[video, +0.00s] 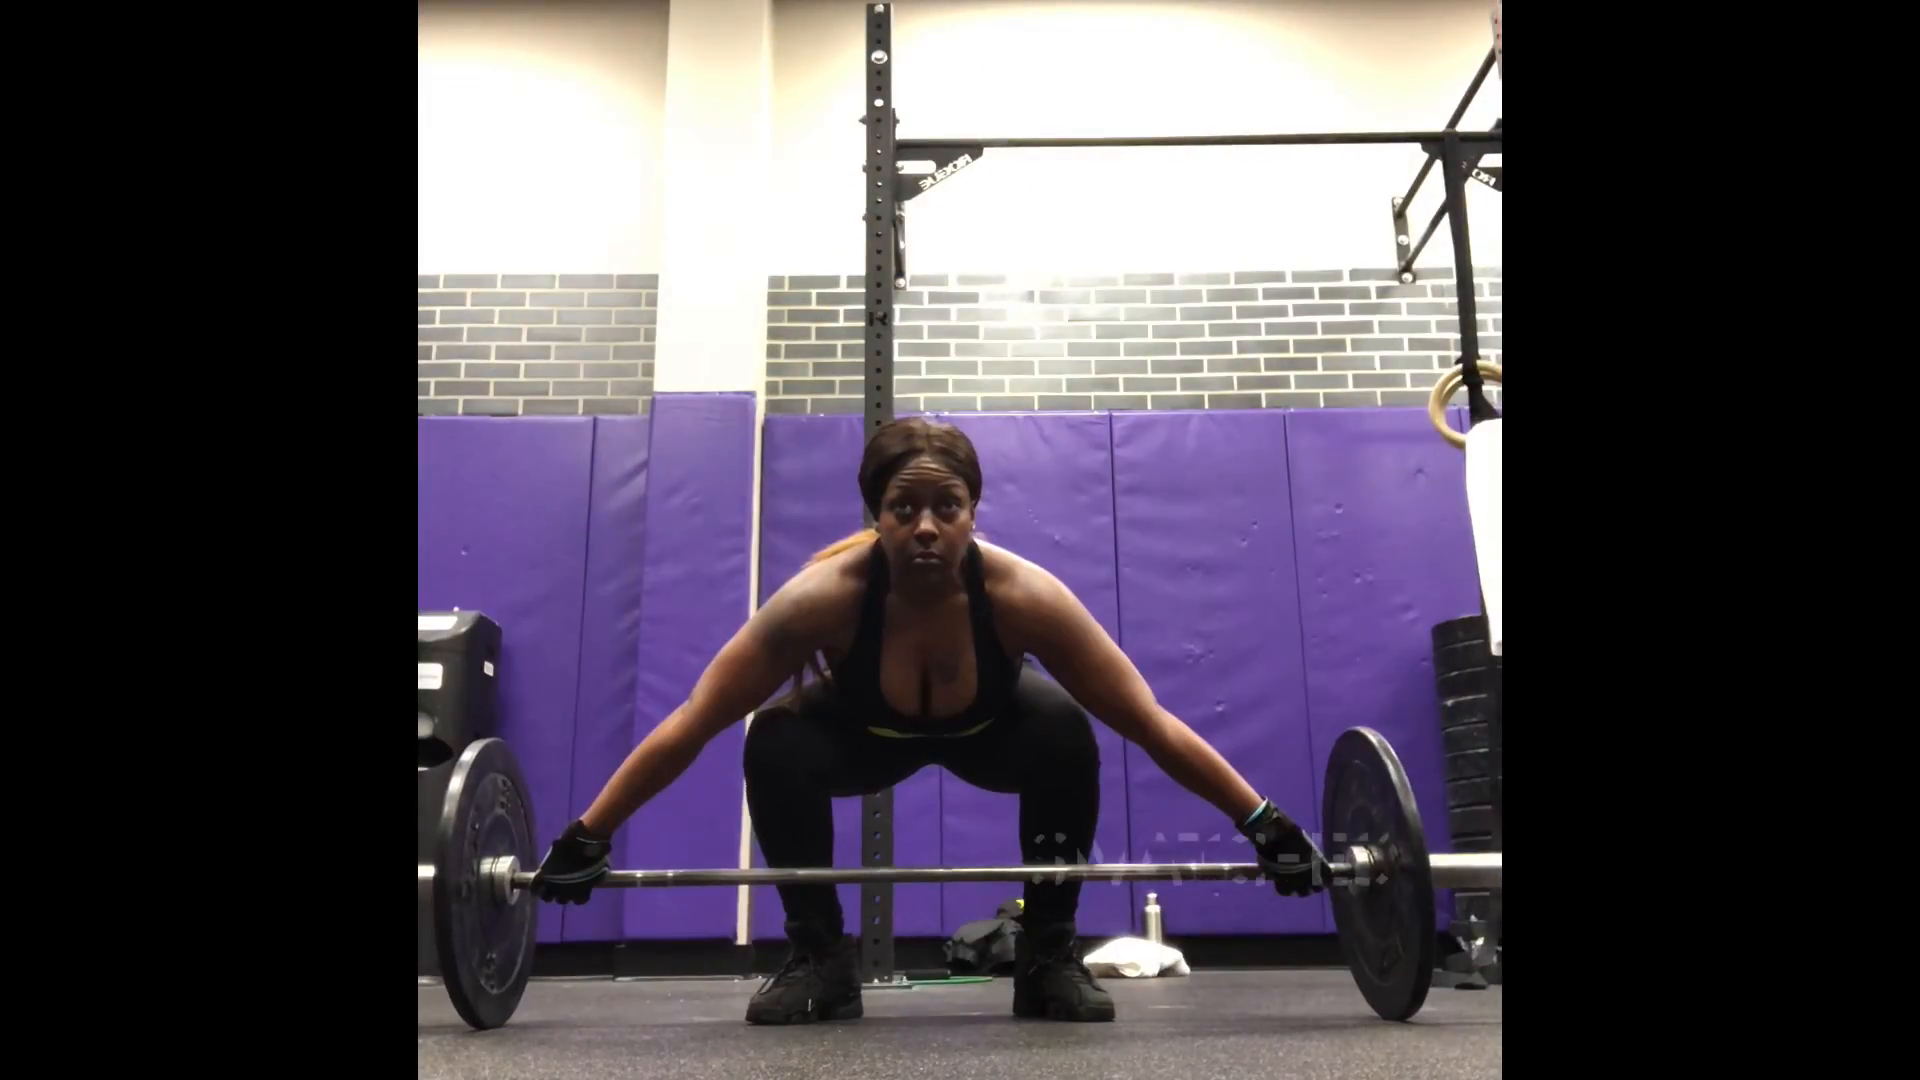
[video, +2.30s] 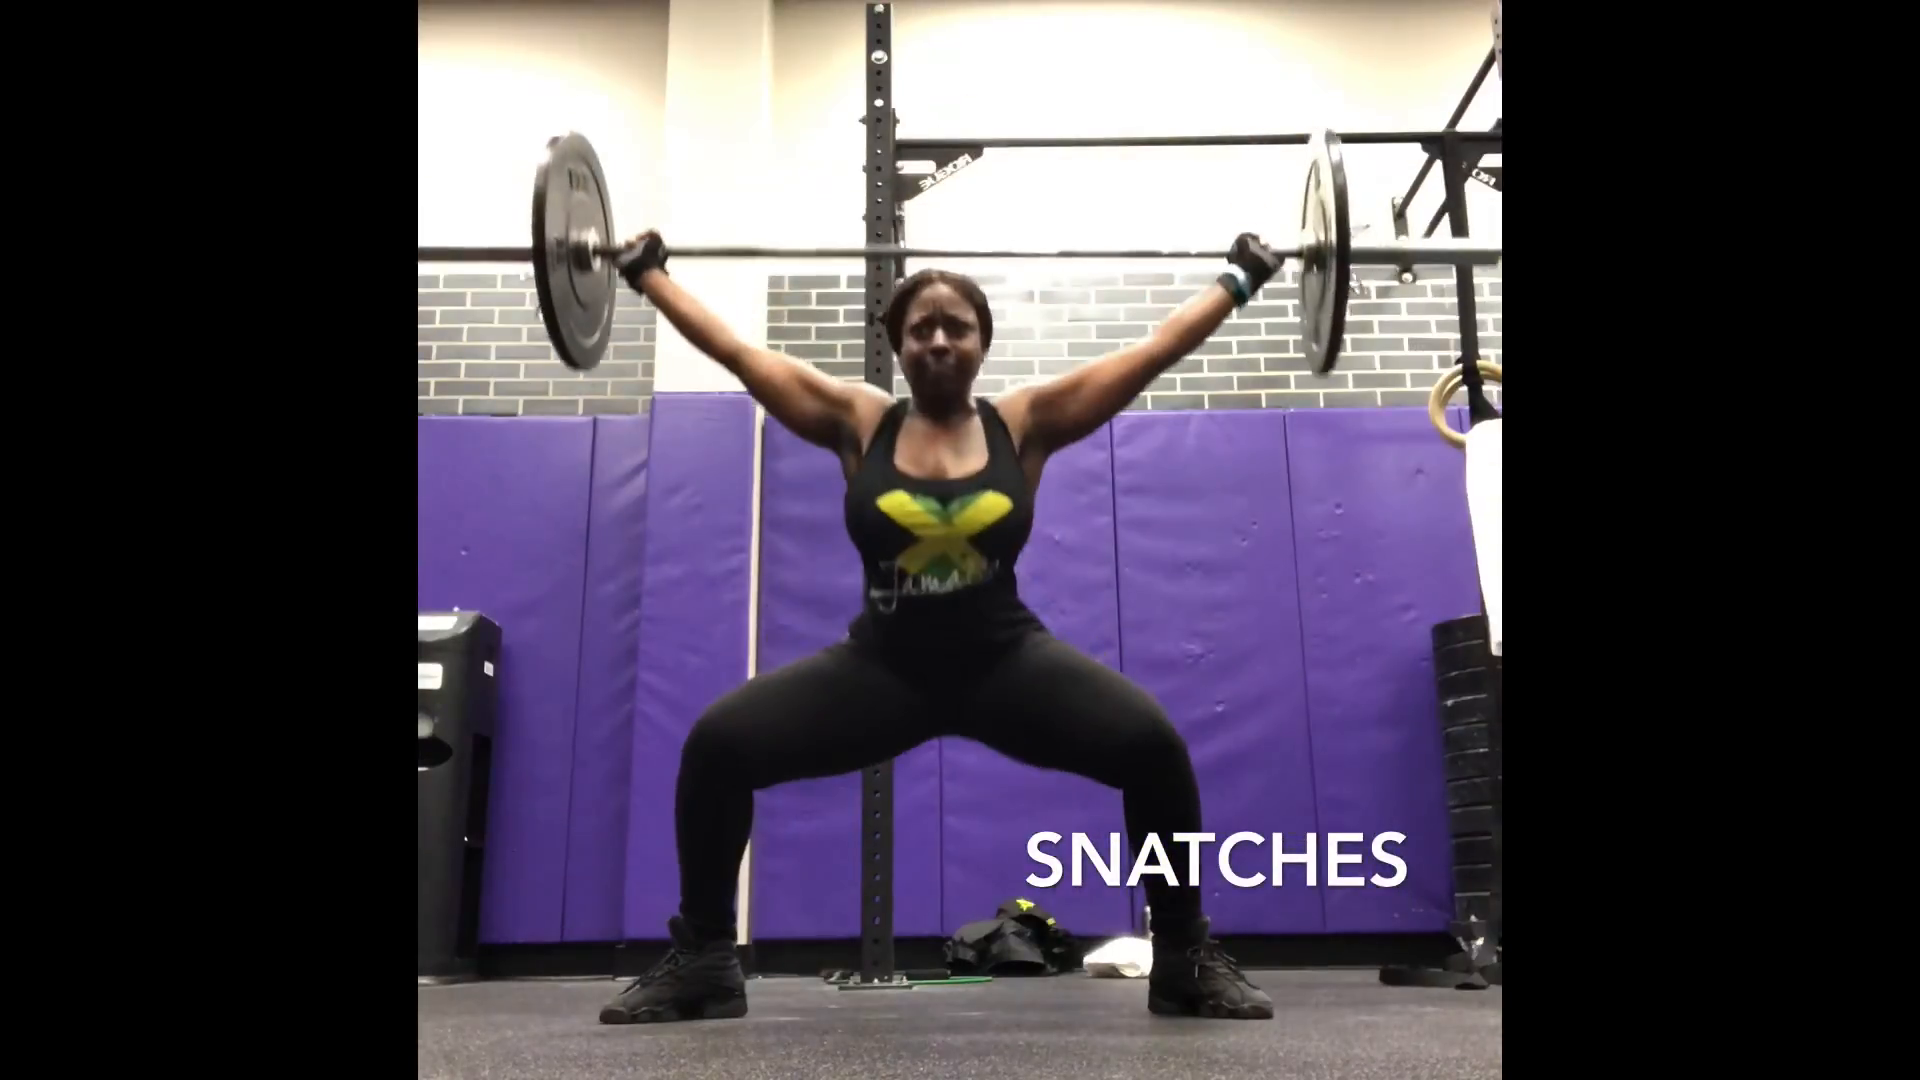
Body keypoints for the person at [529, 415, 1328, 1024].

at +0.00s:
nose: (927, 525)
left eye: (945, 505)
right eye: (907, 507)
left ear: (973, 511)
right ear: (877, 516)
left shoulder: (1025, 595)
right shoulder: (822, 595)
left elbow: (1148, 723)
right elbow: (696, 723)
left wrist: (1262, 820)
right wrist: (585, 835)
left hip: (984, 730)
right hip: (865, 734)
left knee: (1065, 734)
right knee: (776, 748)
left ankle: (1049, 962)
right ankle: (820, 962)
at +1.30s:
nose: (927, 389)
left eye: (945, 372)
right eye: (909, 373)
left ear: (972, 387)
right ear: (879, 390)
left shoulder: (1021, 480)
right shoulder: (831, 477)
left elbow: (1139, 593)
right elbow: (708, 586)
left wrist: (1247, 691)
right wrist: (599, 691)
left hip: (991, 622)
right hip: (876, 626)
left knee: (1069, 720)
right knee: (789, 729)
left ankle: (1050, 960)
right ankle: (817, 959)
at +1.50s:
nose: (934, 249)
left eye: (950, 237)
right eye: (915, 237)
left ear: (976, 268)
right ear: (885, 267)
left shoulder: (1019, 380)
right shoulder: (837, 372)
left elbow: (1140, 463)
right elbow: (719, 453)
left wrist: (1242, 554)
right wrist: (615, 545)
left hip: (985, 587)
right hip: (871, 588)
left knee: (1054, 725)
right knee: (791, 728)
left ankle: (1048, 959)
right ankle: (822, 957)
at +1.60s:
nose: (943, 179)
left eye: (958, 170)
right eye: (924, 169)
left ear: (979, 200)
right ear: (894, 197)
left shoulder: (1021, 312)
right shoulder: (842, 303)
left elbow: (1138, 377)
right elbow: (732, 369)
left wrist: (1235, 442)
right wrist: (629, 428)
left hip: (980, 539)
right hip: (870, 538)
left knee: (1030, 713)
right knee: (816, 712)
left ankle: (1047, 945)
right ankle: (817, 947)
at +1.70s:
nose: (943, 140)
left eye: (960, 133)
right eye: (926, 131)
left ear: (983, 166)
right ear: (899, 162)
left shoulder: (1015, 258)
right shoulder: (850, 250)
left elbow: (1133, 302)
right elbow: (734, 306)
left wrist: (1232, 325)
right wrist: (631, 311)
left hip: (978, 478)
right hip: (870, 477)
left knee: (1028, 681)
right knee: (831, 680)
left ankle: (1073, 910)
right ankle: (792, 912)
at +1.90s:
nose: (948, 219)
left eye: (964, 211)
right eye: (933, 210)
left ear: (986, 239)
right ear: (907, 235)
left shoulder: (1019, 314)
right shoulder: (856, 308)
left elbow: (1147, 296)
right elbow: (730, 296)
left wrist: (1222, 195)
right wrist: (652, 191)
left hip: (990, 534)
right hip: (878, 535)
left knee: (1101, 703)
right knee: (758, 708)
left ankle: (1175, 927)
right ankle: (708, 946)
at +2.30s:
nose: (939, 343)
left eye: (956, 328)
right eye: (922, 329)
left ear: (984, 344)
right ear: (897, 346)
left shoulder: (1024, 423)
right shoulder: (858, 420)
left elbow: (1151, 356)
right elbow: (739, 354)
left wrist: (1241, 281)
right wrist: (649, 276)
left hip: (1003, 665)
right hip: (882, 669)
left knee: (1153, 748)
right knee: (717, 746)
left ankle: (1184, 962)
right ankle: (703, 961)